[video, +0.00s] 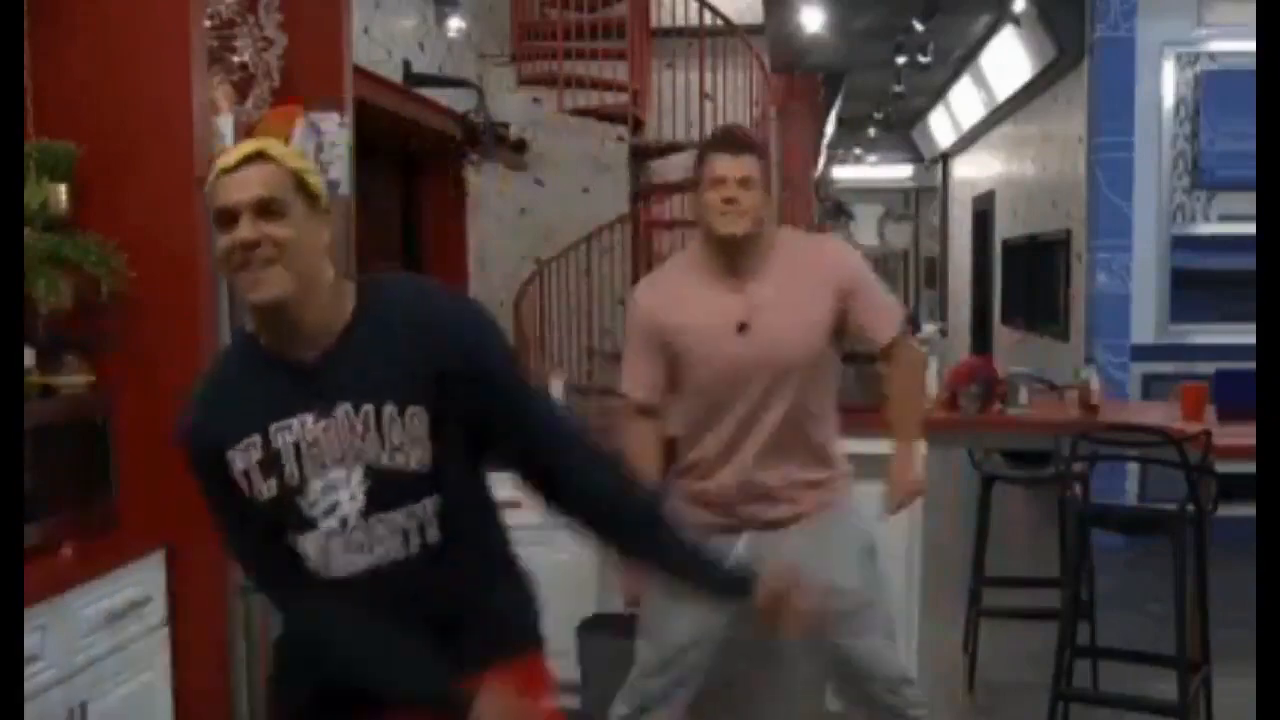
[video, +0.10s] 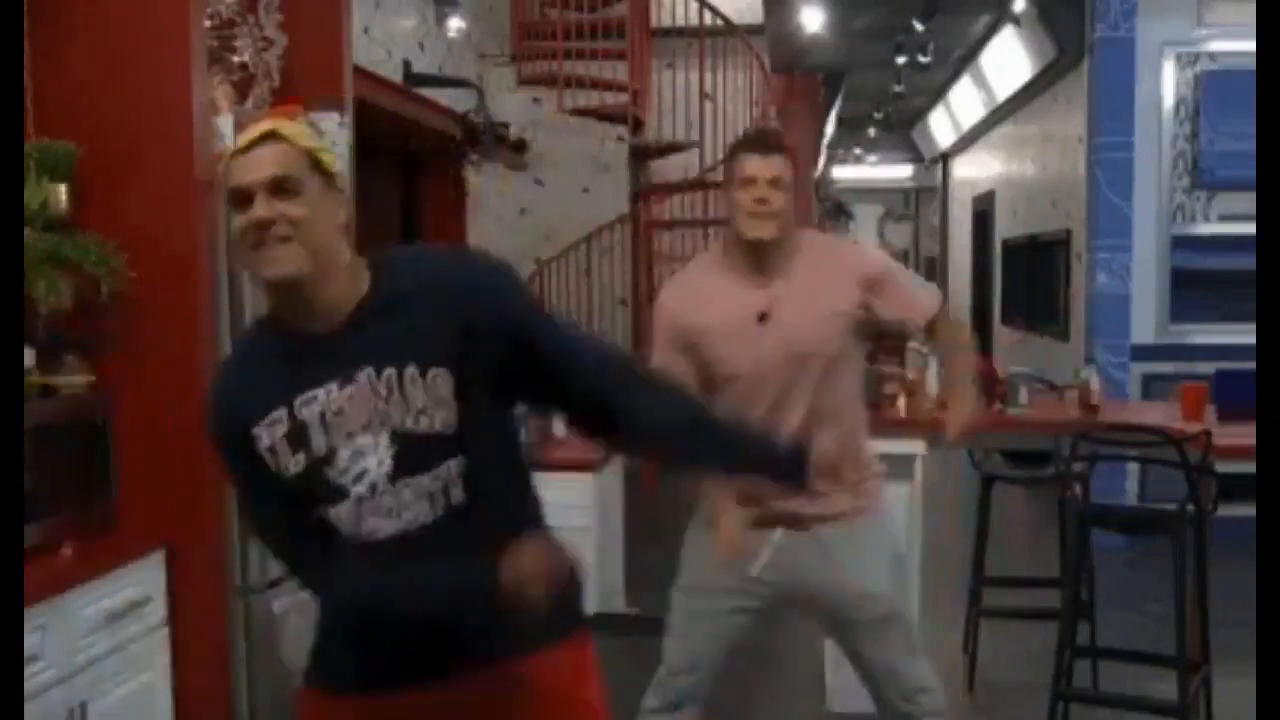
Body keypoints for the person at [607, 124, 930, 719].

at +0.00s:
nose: (730, 195)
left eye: (745, 183)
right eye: (715, 184)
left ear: (767, 194)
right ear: (696, 199)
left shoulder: (828, 263)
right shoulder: (657, 296)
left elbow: (900, 346)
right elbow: (640, 416)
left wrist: (906, 452)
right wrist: (640, 532)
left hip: (816, 512)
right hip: (699, 517)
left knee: (878, 676)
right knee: (657, 686)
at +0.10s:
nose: (763, 196)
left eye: (776, 184)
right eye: (748, 184)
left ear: (795, 195)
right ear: (727, 195)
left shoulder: (849, 266)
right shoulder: (684, 297)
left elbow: (946, 323)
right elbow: (671, 417)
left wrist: (960, 400)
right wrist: (719, 499)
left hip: (844, 520)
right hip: (735, 521)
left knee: (911, 694)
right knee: (676, 692)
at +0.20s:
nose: (811, 206)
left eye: (825, 195)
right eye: (797, 193)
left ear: (842, 213)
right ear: (772, 208)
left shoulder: (885, 282)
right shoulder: (737, 299)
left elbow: (988, 331)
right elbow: (736, 439)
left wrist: (1002, 280)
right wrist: (802, 415)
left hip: (888, 544)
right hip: (775, 539)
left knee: (924, 703)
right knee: (733, 694)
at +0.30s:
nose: (829, 201)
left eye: (844, 191)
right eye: (816, 187)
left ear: (857, 205)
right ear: (789, 199)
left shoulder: (898, 275)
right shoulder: (746, 286)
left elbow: (992, 325)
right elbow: (740, 417)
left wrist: (1007, 265)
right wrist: (839, 367)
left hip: (902, 521)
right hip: (791, 526)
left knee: (943, 692)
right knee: (769, 690)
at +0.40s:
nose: (845, 205)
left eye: (858, 196)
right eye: (830, 191)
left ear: (870, 210)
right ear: (800, 202)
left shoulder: (902, 276)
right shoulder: (748, 285)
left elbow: (999, 317)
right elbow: (728, 397)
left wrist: (1011, 272)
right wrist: (842, 372)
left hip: (909, 507)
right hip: (801, 521)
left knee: (957, 673)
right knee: (797, 682)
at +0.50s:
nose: (850, 226)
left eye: (863, 215)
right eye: (835, 213)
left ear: (876, 228)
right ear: (806, 225)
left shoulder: (910, 300)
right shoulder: (755, 311)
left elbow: (1004, 355)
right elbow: (745, 434)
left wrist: (1017, 332)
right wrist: (861, 424)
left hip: (906, 522)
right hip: (806, 536)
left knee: (949, 683)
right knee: (799, 693)